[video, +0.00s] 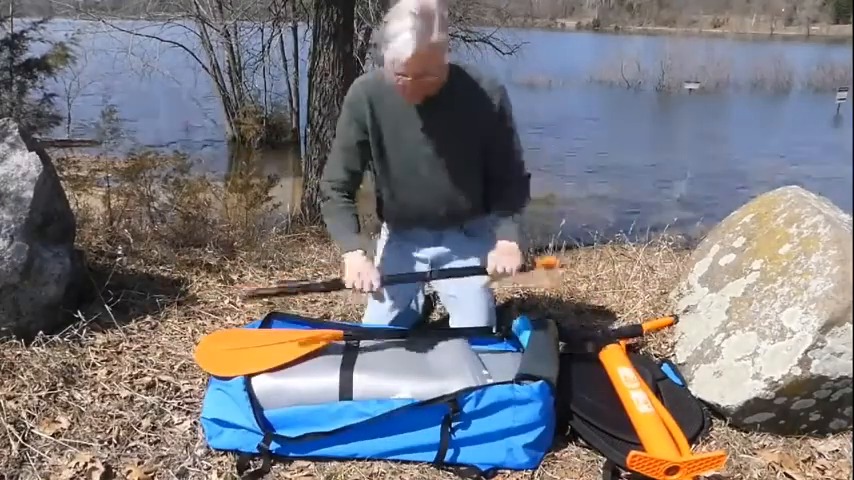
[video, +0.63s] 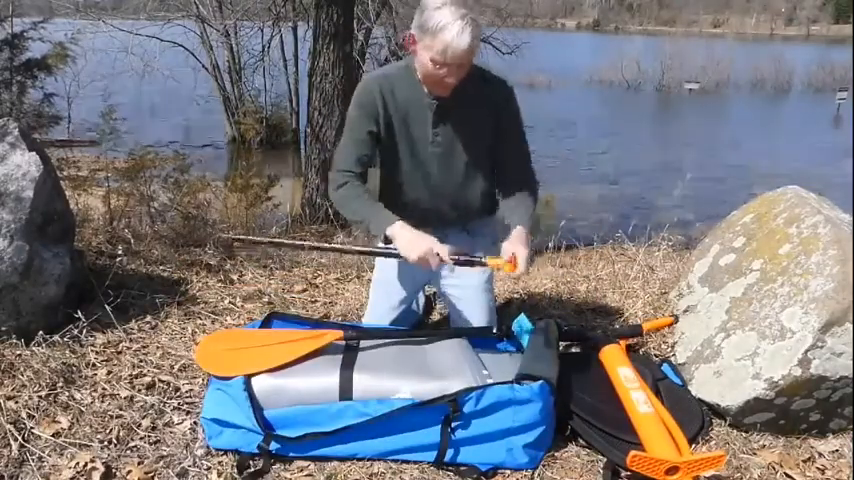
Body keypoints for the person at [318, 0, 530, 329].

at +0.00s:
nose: (410, 90)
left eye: (424, 77)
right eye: (400, 76)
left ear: (446, 61)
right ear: (384, 61)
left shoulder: (484, 94)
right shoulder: (365, 96)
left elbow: (509, 177)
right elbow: (336, 188)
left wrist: (507, 239)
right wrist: (353, 253)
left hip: (468, 238)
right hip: (400, 241)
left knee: (476, 345)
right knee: (376, 346)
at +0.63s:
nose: (451, 76)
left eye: (461, 66)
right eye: (439, 64)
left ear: (473, 55)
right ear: (412, 44)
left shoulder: (495, 95)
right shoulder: (378, 92)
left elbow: (518, 177)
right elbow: (343, 183)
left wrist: (520, 231)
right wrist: (399, 231)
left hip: (473, 239)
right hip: (402, 239)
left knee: (478, 350)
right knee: (376, 349)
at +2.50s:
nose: (269, 145)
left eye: (270, 133)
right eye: (263, 139)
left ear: (296, 109)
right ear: (296, 111)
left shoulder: (366, 128)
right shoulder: (306, 146)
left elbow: (341, 229)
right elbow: (287, 219)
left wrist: (270, 297)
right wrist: (250, 276)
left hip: (445, 228)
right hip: (391, 239)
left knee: (470, 343)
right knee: (374, 341)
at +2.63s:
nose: (261, 144)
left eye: (262, 133)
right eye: (255, 138)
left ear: (288, 110)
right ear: (289, 110)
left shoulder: (358, 126)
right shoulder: (301, 150)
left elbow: (346, 227)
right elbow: (279, 211)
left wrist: (274, 293)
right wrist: (242, 270)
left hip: (444, 226)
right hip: (391, 239)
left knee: (474, 340)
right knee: (377, 343)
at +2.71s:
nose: (261, 144)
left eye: (262, 133)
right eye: (255, 138)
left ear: (289, 109)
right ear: (290, 110)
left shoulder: (359, 126)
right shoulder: (302, 153)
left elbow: (363, 226)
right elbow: (282, 224)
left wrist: (282, 277)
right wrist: (252, 283)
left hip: (444, 229)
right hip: (391, 240)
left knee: (469, 342)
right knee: (382, 341)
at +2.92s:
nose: (357, 145)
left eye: (359, 132)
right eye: (345, 138)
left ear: (375, 109)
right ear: (331, 126)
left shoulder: (430, 132)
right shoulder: (324, 149)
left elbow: (473, 217)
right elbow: (298, 224)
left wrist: (475, 290)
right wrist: (262, 297)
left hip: (455, 244)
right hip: (395, 250)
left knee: (482, 344)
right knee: (373, 345)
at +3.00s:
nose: (395, 150)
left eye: (402, 137)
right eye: (384, 141)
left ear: (415, 114)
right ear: (361, 124)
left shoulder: (454, 135)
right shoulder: (344, 141)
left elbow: (498, 223)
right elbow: (307, 221)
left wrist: (497, 308)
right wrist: (262, 299)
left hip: (461, 249)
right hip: (397, 252)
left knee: (489, 354)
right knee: (370, 351)